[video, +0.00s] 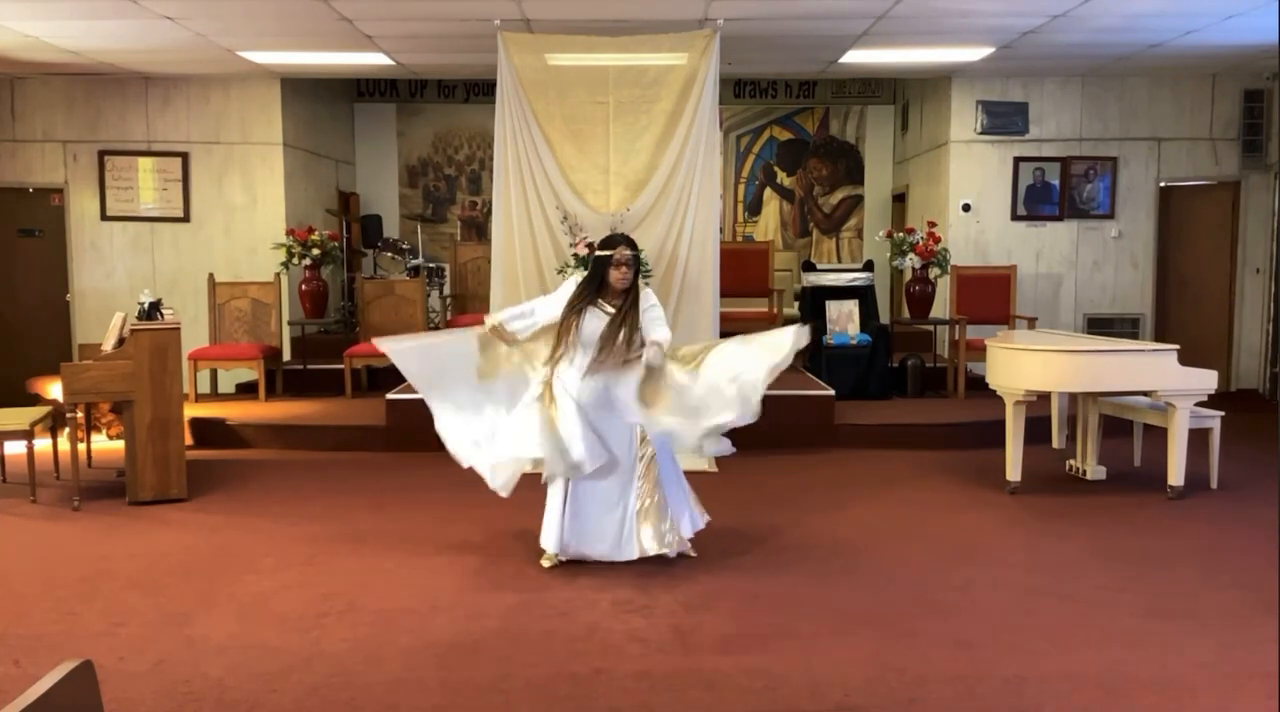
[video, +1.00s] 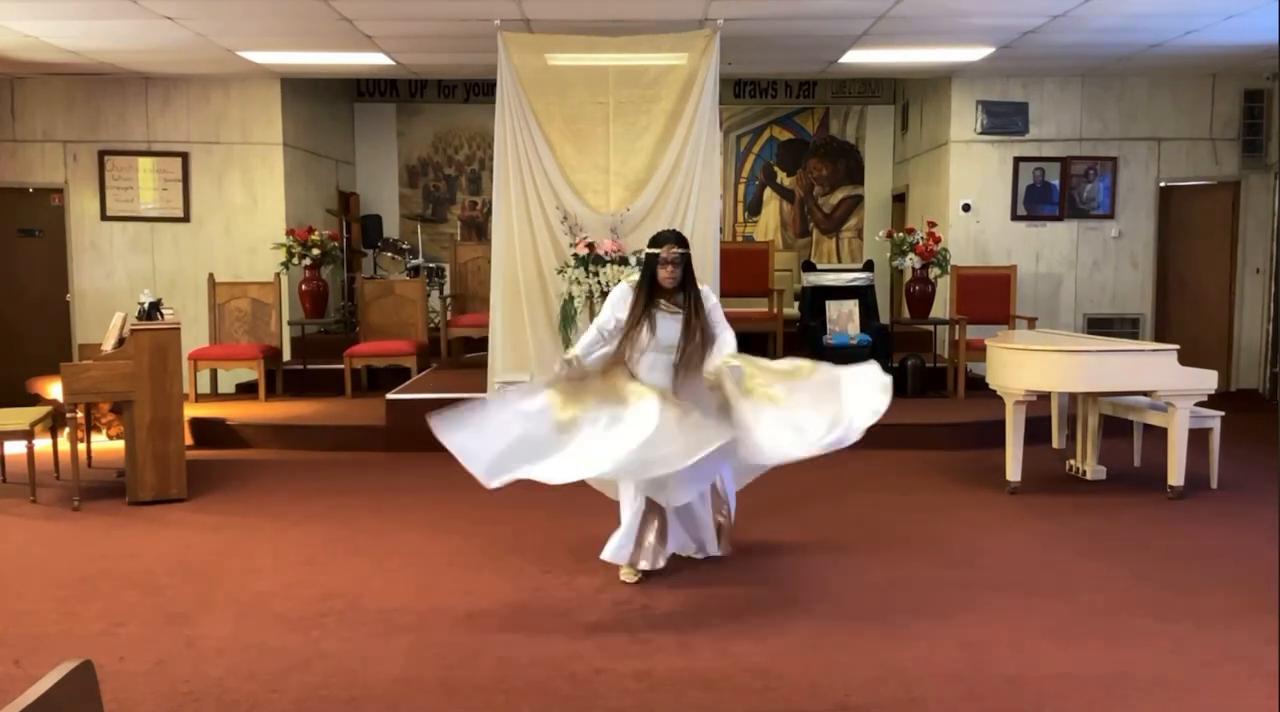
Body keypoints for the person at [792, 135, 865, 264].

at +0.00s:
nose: (815, 176)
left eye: (820, 170)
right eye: (812, 171)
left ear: (840, 165)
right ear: (808, 173)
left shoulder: (854, 193)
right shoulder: (820, 195)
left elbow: (828, 227)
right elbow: (800, 232)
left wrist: (808, 197)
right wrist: (799, 197)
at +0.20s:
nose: (815, 176)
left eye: (820, 170)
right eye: (812, 171)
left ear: (840, 166)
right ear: (808, 172)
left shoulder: (854, 193)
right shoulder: (819, 195)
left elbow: (828, 227)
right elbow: (800, 233)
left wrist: (808, 197)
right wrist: (799, 197)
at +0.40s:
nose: (815, 176)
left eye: (820, 170)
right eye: (812, 171)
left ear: (840, 166)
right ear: (808, 172)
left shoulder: (854, 193)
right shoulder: (819, 195)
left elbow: (828, 227)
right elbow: (800, 233)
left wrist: (808, 197)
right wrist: (799, 197)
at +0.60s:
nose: (815, 176)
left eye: (821, 170)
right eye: (812, 171)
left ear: (840, 166)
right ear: (808, 173)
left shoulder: (854, 193)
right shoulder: (819, 195)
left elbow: (828, 227)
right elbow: (799, 232)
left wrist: (808, 197)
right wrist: (799, 197)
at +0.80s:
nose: (816, 176)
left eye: (821, 170)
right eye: (812, 171)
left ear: (840, 166)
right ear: (808, 173)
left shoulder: (854, 193)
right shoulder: (819, 195)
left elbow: (828, 227)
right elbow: (799, 232)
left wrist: (808, 197)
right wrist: (799, 197)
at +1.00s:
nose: (815, 176)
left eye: (821, 170)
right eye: (812, 171)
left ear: (840, 166)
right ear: (808, 173)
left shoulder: (854, 193)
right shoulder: (819, 195)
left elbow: (828, 227)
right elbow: (799, 232)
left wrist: (808, 197)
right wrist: (799, 197)